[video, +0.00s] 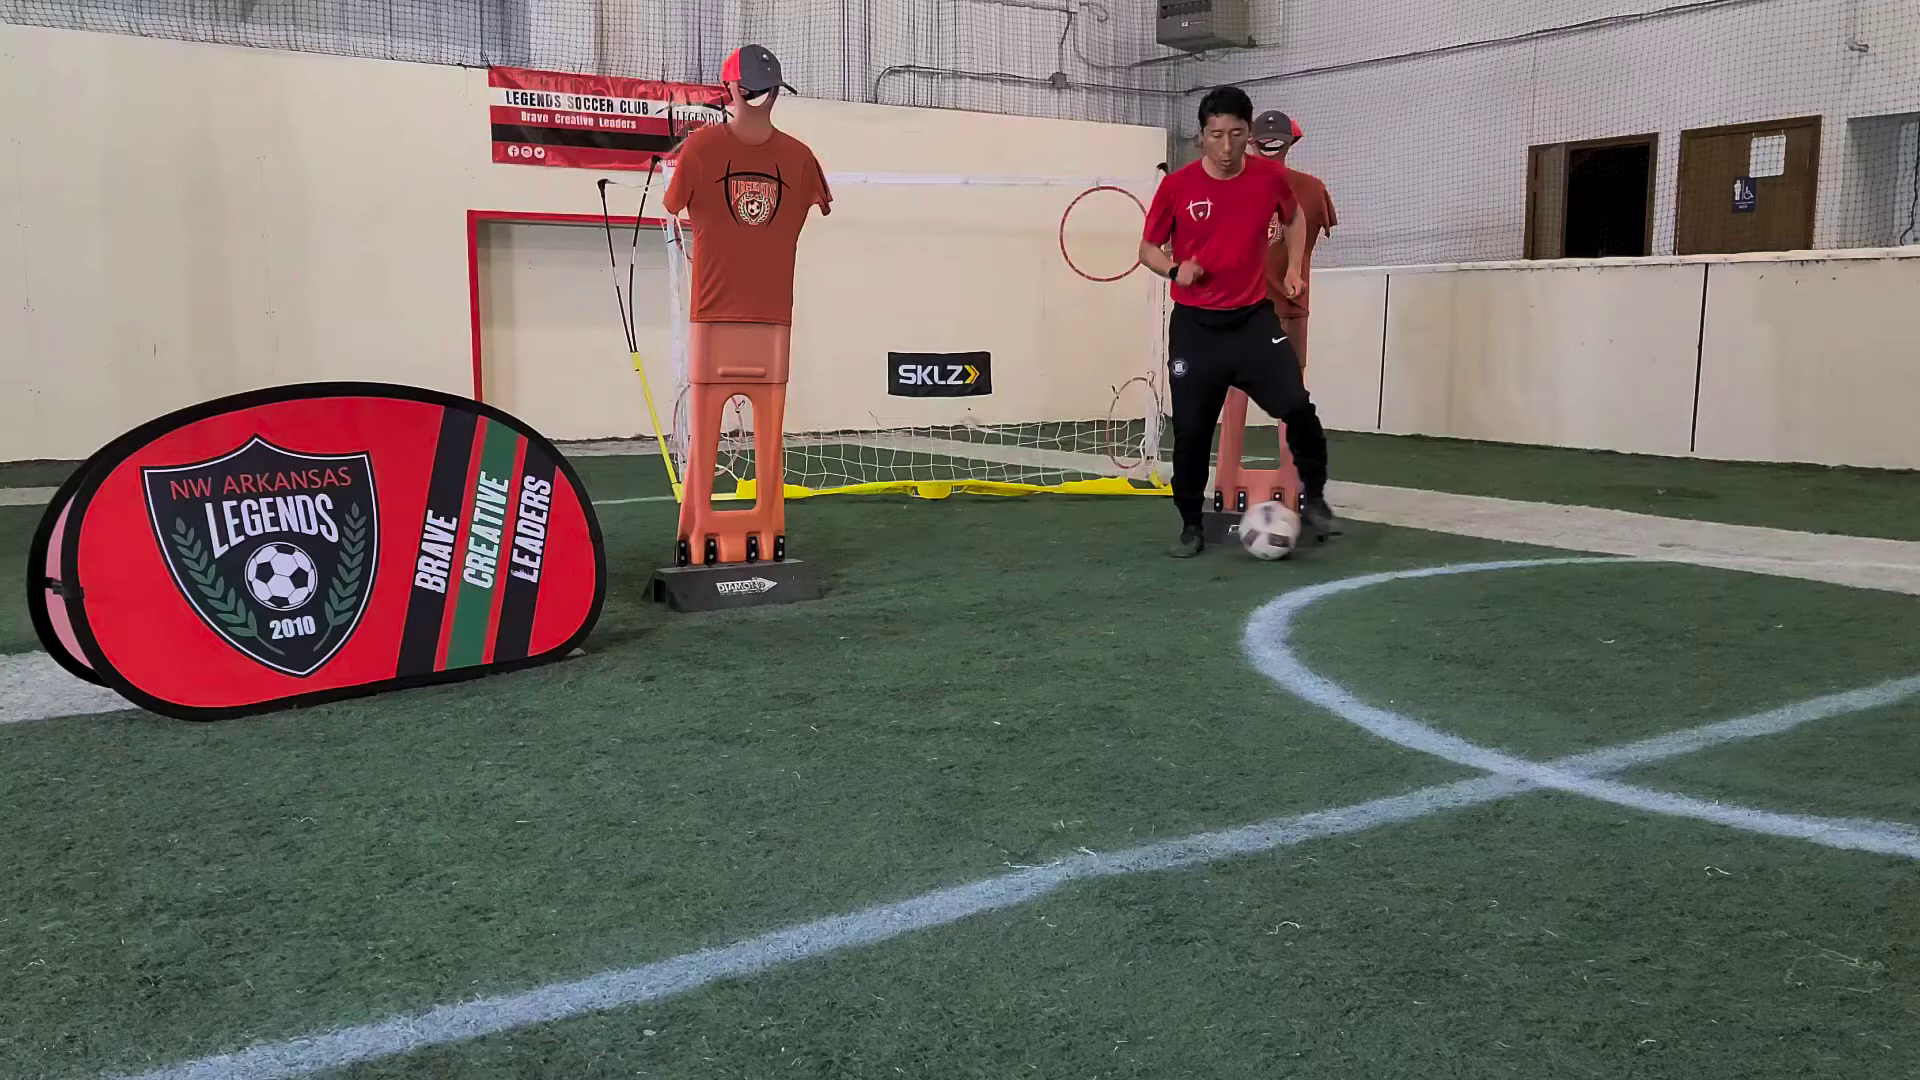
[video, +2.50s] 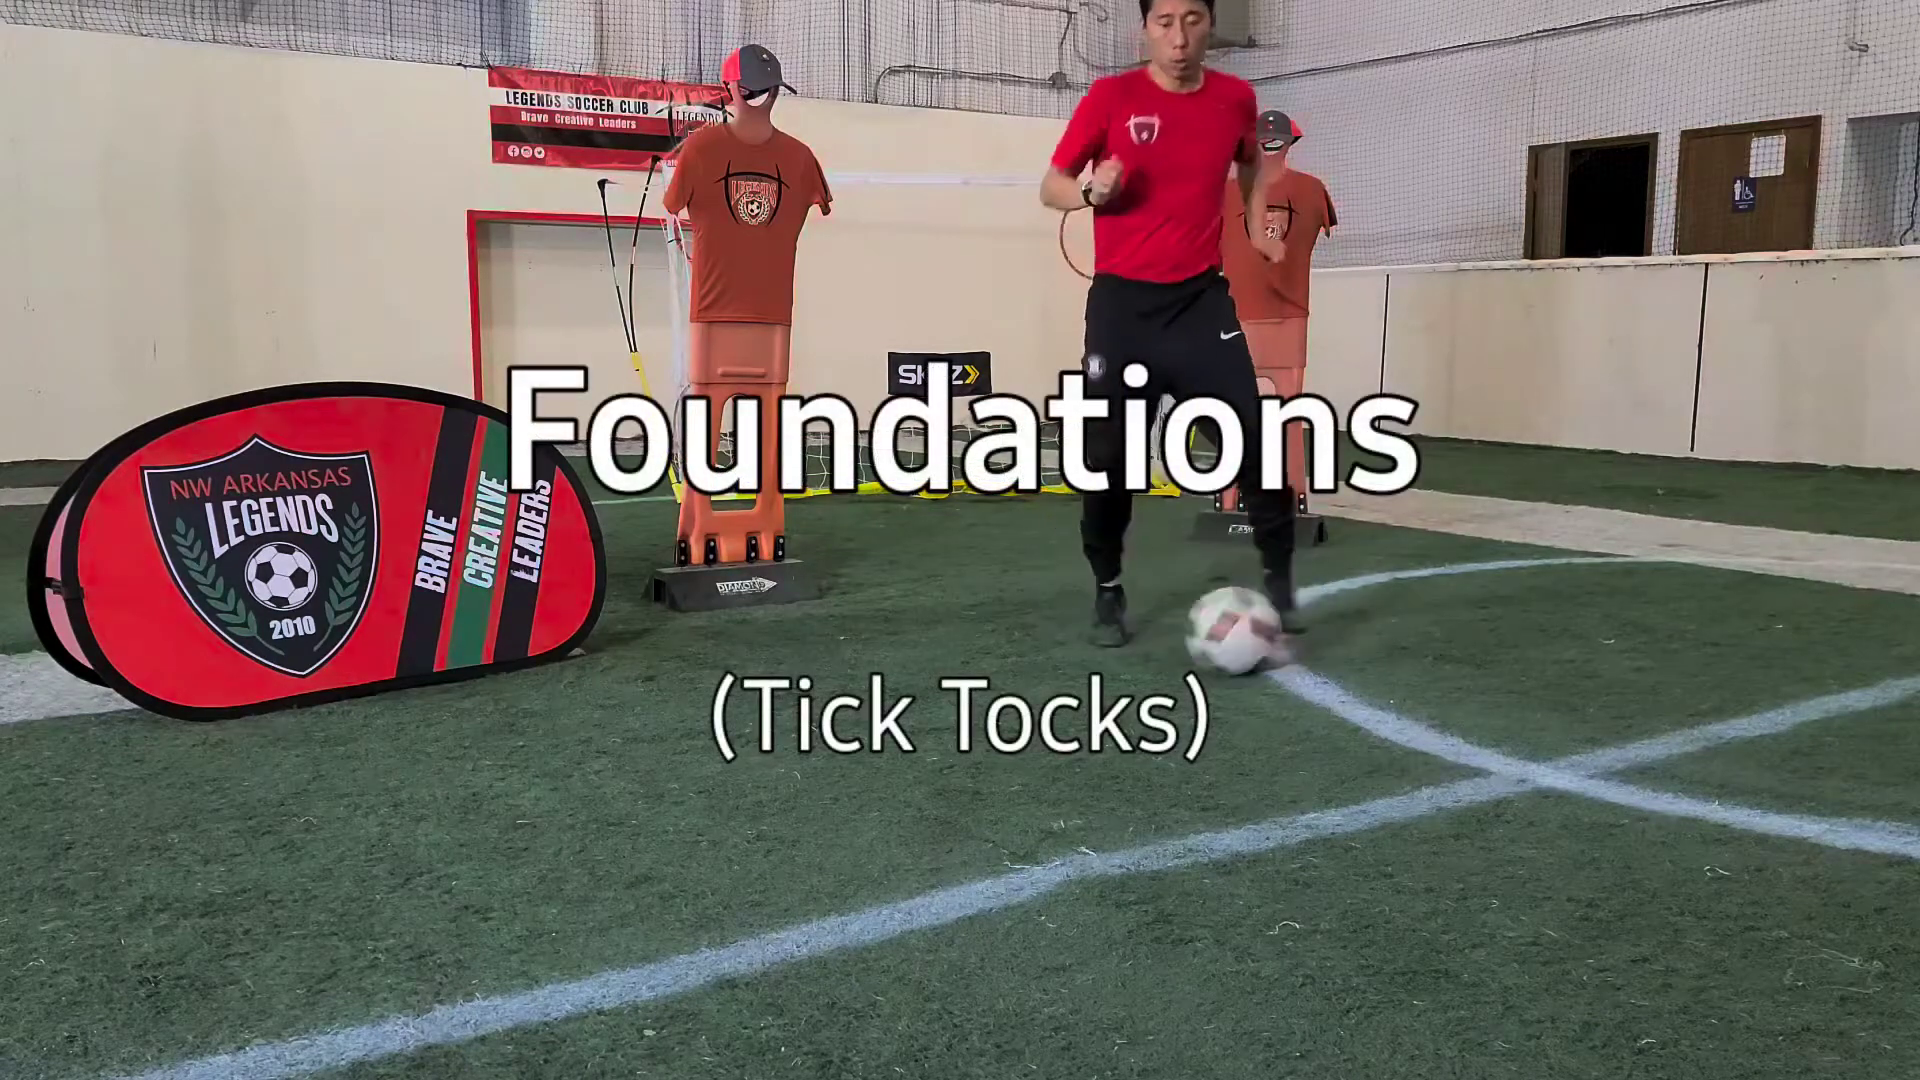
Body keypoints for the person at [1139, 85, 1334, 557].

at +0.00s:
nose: (1227, 146)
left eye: (1236, 135)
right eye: (1217, 135)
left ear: (1249, 136)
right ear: (1201, 135)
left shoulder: (1271, 179)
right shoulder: (1176, 186)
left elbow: (1295, 219)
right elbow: (1150, 249)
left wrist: (1294, 270)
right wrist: (1174, 268)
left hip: (1254, 320)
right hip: (1194, 325)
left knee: (1299, 411)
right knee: (1191, 431)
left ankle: (1312, 498)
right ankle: (1192, 524)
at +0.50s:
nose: (1213, 125)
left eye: (1223, 113)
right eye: (1203, 114)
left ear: (1238, 112)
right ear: (1188, 114)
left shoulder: (1266, 155)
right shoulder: (1165, 165)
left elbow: (1304, 203)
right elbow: (1153, 208)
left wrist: (1286, 259)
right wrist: (1154, 260)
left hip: (1251, 304)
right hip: (1191, 307)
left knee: (1285, 410)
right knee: (1181, 418)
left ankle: (1303, 519)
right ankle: (1180, 527)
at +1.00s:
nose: (1201, 107)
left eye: (1211, 96)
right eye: (1191, 96)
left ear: (1228, 98)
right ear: (1177, 100)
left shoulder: (1263, 146)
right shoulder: (1156, 155)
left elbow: (1301, 206)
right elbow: (1130, 202)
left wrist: (1282, 231)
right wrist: (1128, 264)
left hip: (1243, 308)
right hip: (1178, 306)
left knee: (1255, 424)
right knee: (1147, 414)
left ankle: (1252, 541)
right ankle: (1127, 523)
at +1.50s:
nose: (1189, 93)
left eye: (1200, 81)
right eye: (1177, 82)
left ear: (1218, 86)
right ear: (1162, 90)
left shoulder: (1254, 145)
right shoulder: (1139, 152)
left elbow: (1286, 222)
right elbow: (1104, 213)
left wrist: (1263, 236)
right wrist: (1095, 286)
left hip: (1225, 318)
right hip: (1156, 313)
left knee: (1222, 446)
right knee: (1118, 428)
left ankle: (1208, 565)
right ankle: (1088, 529)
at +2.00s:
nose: (1184, 57)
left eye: (1196, 43)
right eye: (1171, 44)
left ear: (1215, 50)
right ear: (1154, 51)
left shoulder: (1242, 110)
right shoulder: (1123, 112)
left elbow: (1262, 175)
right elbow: (1079, 183)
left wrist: (1248, 220)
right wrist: (1083, 253)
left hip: (1211, 300)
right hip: (1135, 297)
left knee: (1223, 439)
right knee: (1098, 430)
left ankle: (1210, 581)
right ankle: (1094, 543)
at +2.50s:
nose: (1180, 36)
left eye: (1191, 22)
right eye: (1166, 23)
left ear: (1208, 27)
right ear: (1146, 29)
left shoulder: (1236, 98)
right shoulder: (1109, 98)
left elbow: (1248, 159)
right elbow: (1052, 187)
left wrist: (1257, 223)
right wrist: (1086, 187)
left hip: (1201, 299)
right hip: (1121, 302)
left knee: (1254, 442)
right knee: (1107, 456)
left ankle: (1281, 599)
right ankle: (1108, 591)